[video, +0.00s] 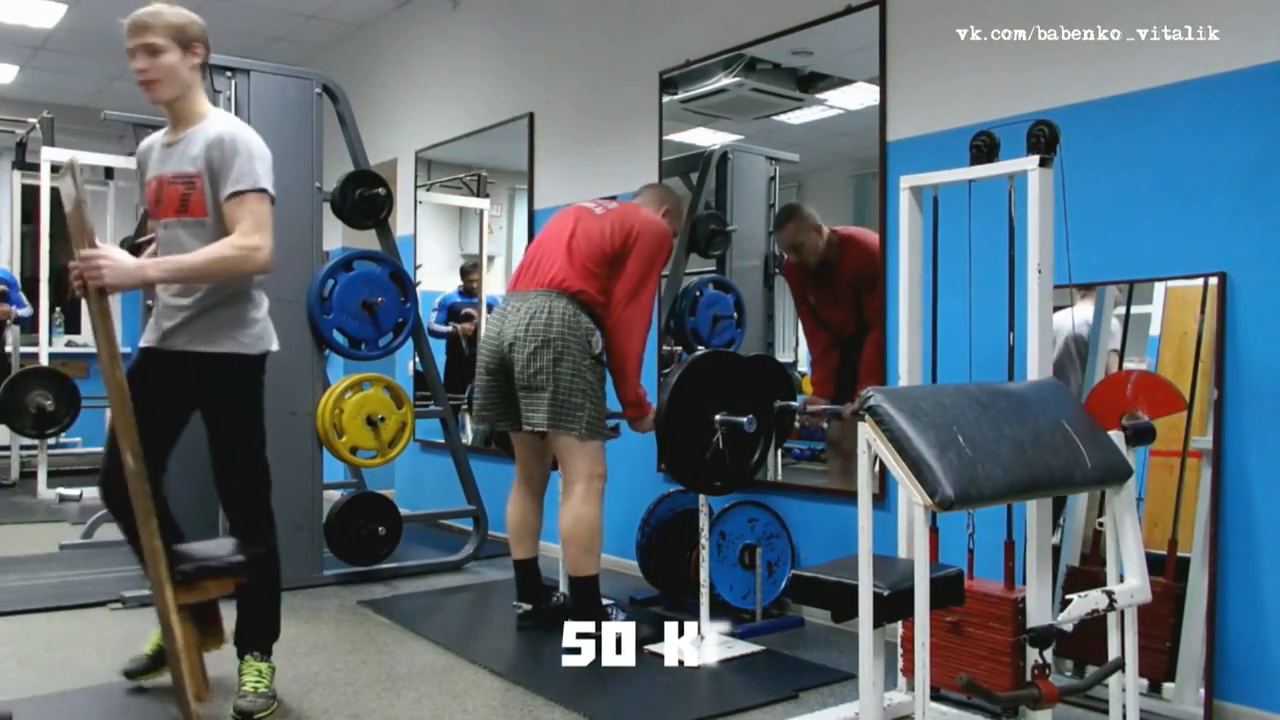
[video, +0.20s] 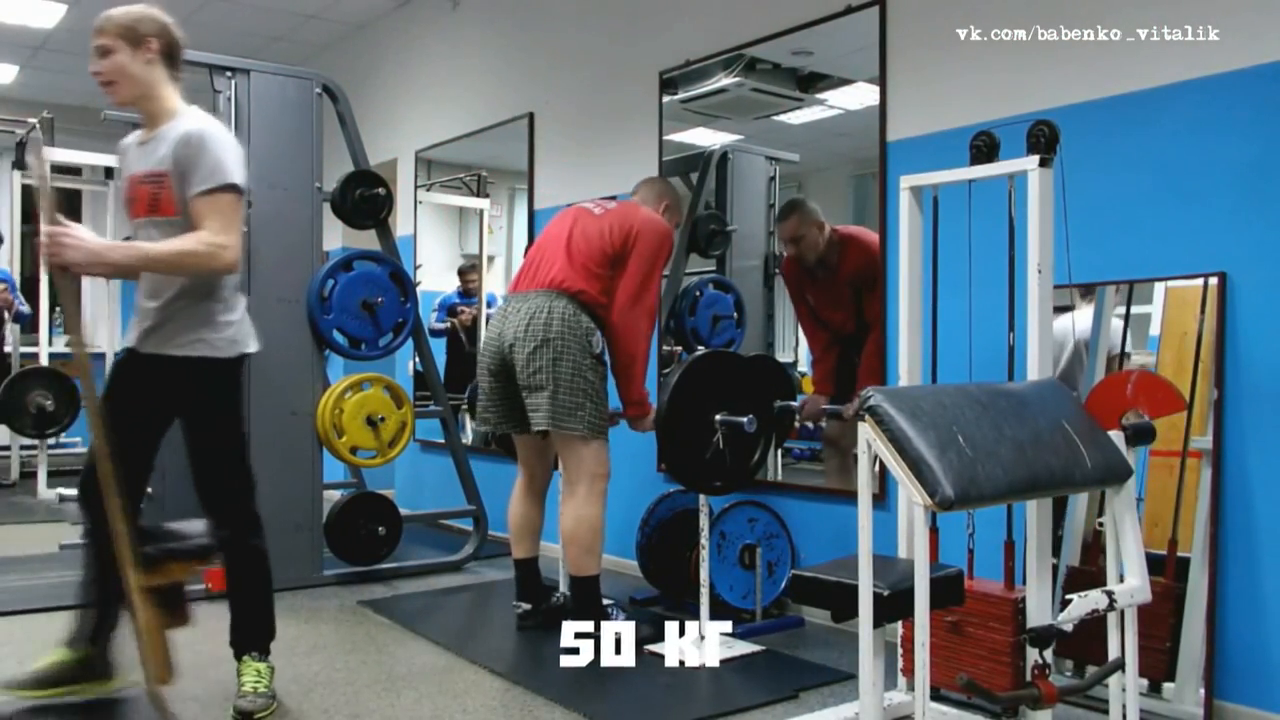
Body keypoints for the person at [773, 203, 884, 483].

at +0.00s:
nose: (794, 258)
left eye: (798, 248)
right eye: (787, 252)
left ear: (822, 232)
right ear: (783, 249)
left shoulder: (867, 251)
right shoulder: (794, 270)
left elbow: (880, 327)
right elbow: (818, 338)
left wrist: (868, 391)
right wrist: (820, 394)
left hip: (880, 340)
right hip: (842, 347)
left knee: (878, 431)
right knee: (838, 435)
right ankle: (842, 515)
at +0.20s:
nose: (791, 251)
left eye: (797, 241)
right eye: (785, 244)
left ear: (822, 230)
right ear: (781, 241)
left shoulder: (866, 251)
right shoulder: (792, 268)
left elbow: (880, 327)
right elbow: (818, 336)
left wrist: (867, 391)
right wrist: (820, 392)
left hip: (879, 343)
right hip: (841, 348)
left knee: (876, 436)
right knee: (835, 437)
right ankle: (841, 520)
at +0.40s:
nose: (793, 246)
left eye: (800, 235)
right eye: (787, 238)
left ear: (826, 226)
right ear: (784, 236)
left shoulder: (868, 249)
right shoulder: (793, 266)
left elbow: (881, 326)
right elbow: (814, 333)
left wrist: (866, 391)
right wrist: (819, 390)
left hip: (879, 344)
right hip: (839, 348)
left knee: (877, 437)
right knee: (834, 437)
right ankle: (842, 520)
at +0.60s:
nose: (801, 231)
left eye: (807, 220)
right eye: (796, 224)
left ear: (833, 215)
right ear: (794, 224)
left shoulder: (874, 243)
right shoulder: (804, 260)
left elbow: (884, 323)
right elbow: (815, 329)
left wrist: (867, 390)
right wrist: (819, 389)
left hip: (884, 344)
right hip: (843, 349)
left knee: (882, 435)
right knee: (834, 439)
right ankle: (842, 523)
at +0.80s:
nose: (820, 214)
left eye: (829, 204)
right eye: (816, 206)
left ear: (855, 203)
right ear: (814, 208)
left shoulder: (884, 238)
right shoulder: (817, 250)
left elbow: (889, 317)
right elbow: (820, 319)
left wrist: (871, 382)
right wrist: (823, 377)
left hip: (883, 365)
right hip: (842, 370)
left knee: (883, 448)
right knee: (838, 445)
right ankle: (838, 520)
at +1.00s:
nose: (852, 189)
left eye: (861, 181)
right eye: (848, 182)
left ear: (883, 183)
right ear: (845, 187)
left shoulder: (901, 228)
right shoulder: (841, 233)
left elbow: (909, 299)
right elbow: (836, 297)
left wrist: (883, 358)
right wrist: (837, 351)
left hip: (895, 350)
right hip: (855, 351)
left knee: (893, 439)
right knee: (846, 439)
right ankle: (843, 516)